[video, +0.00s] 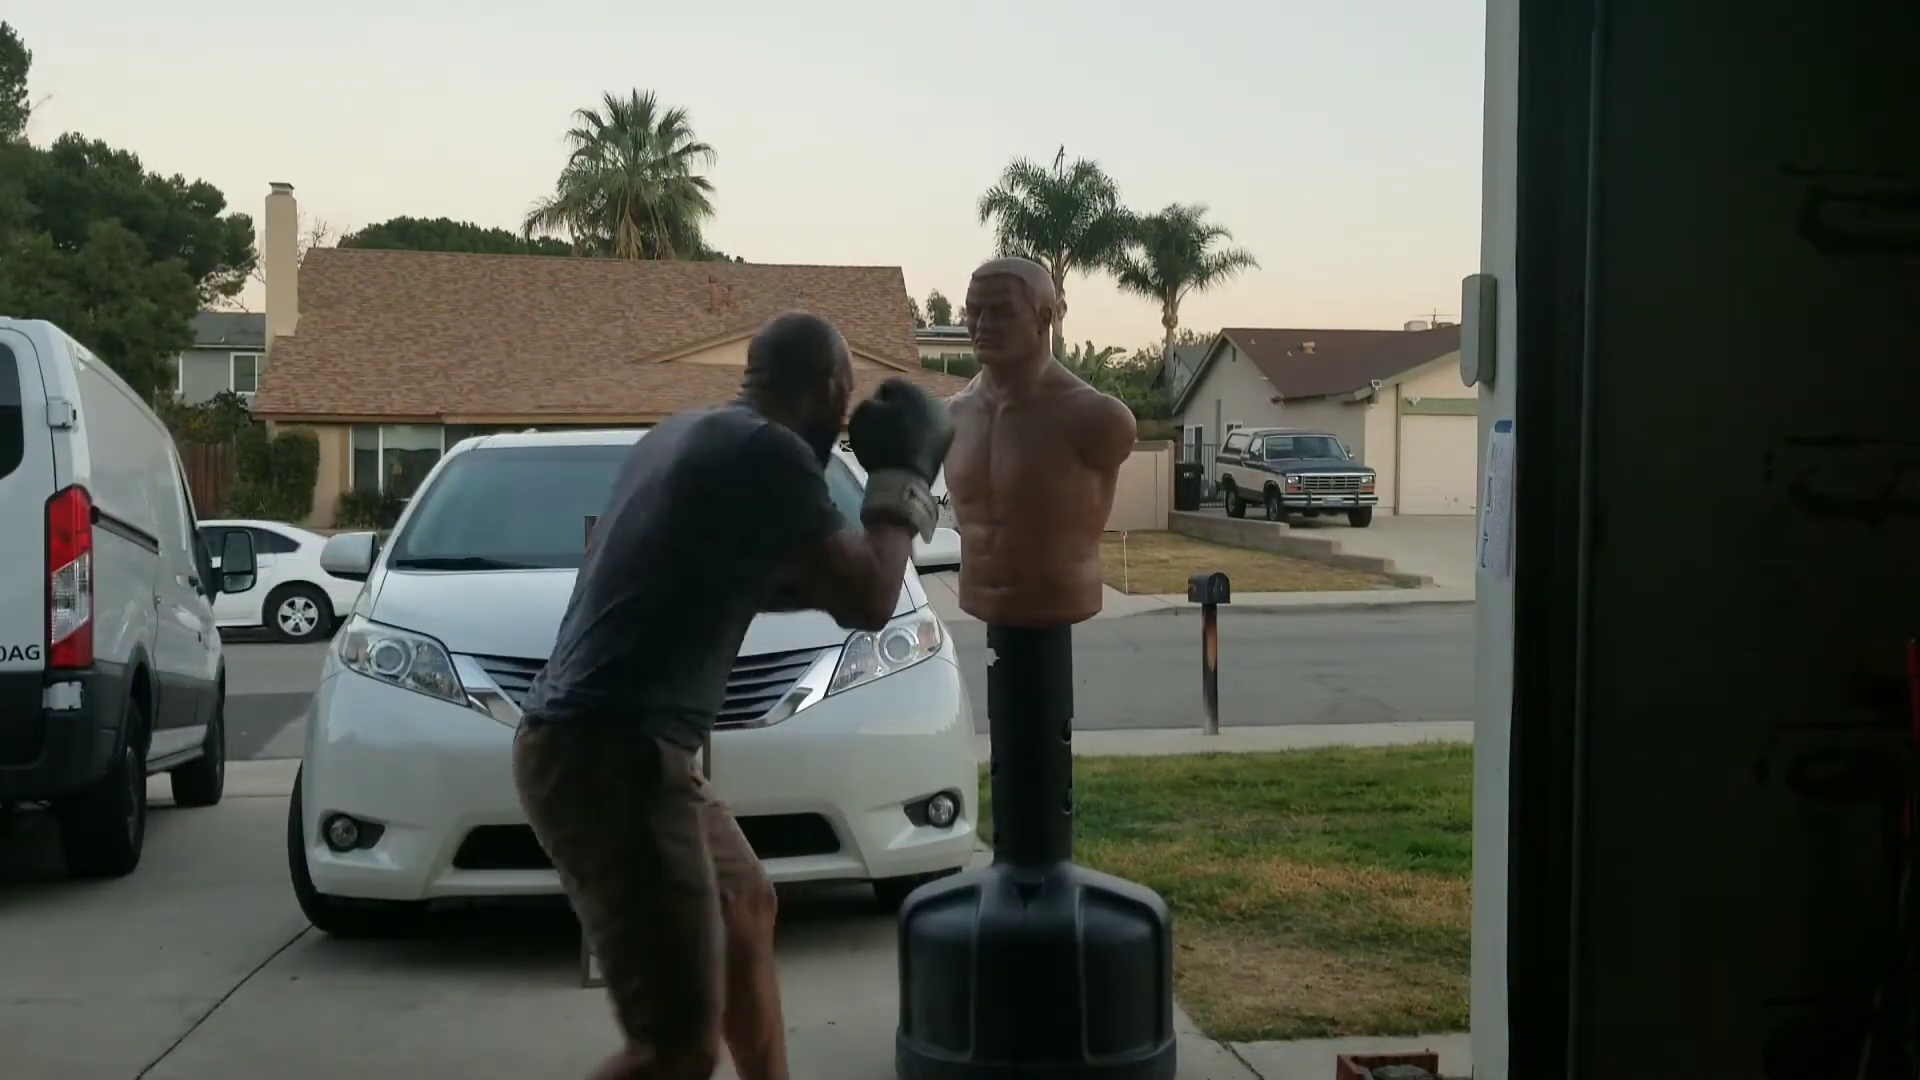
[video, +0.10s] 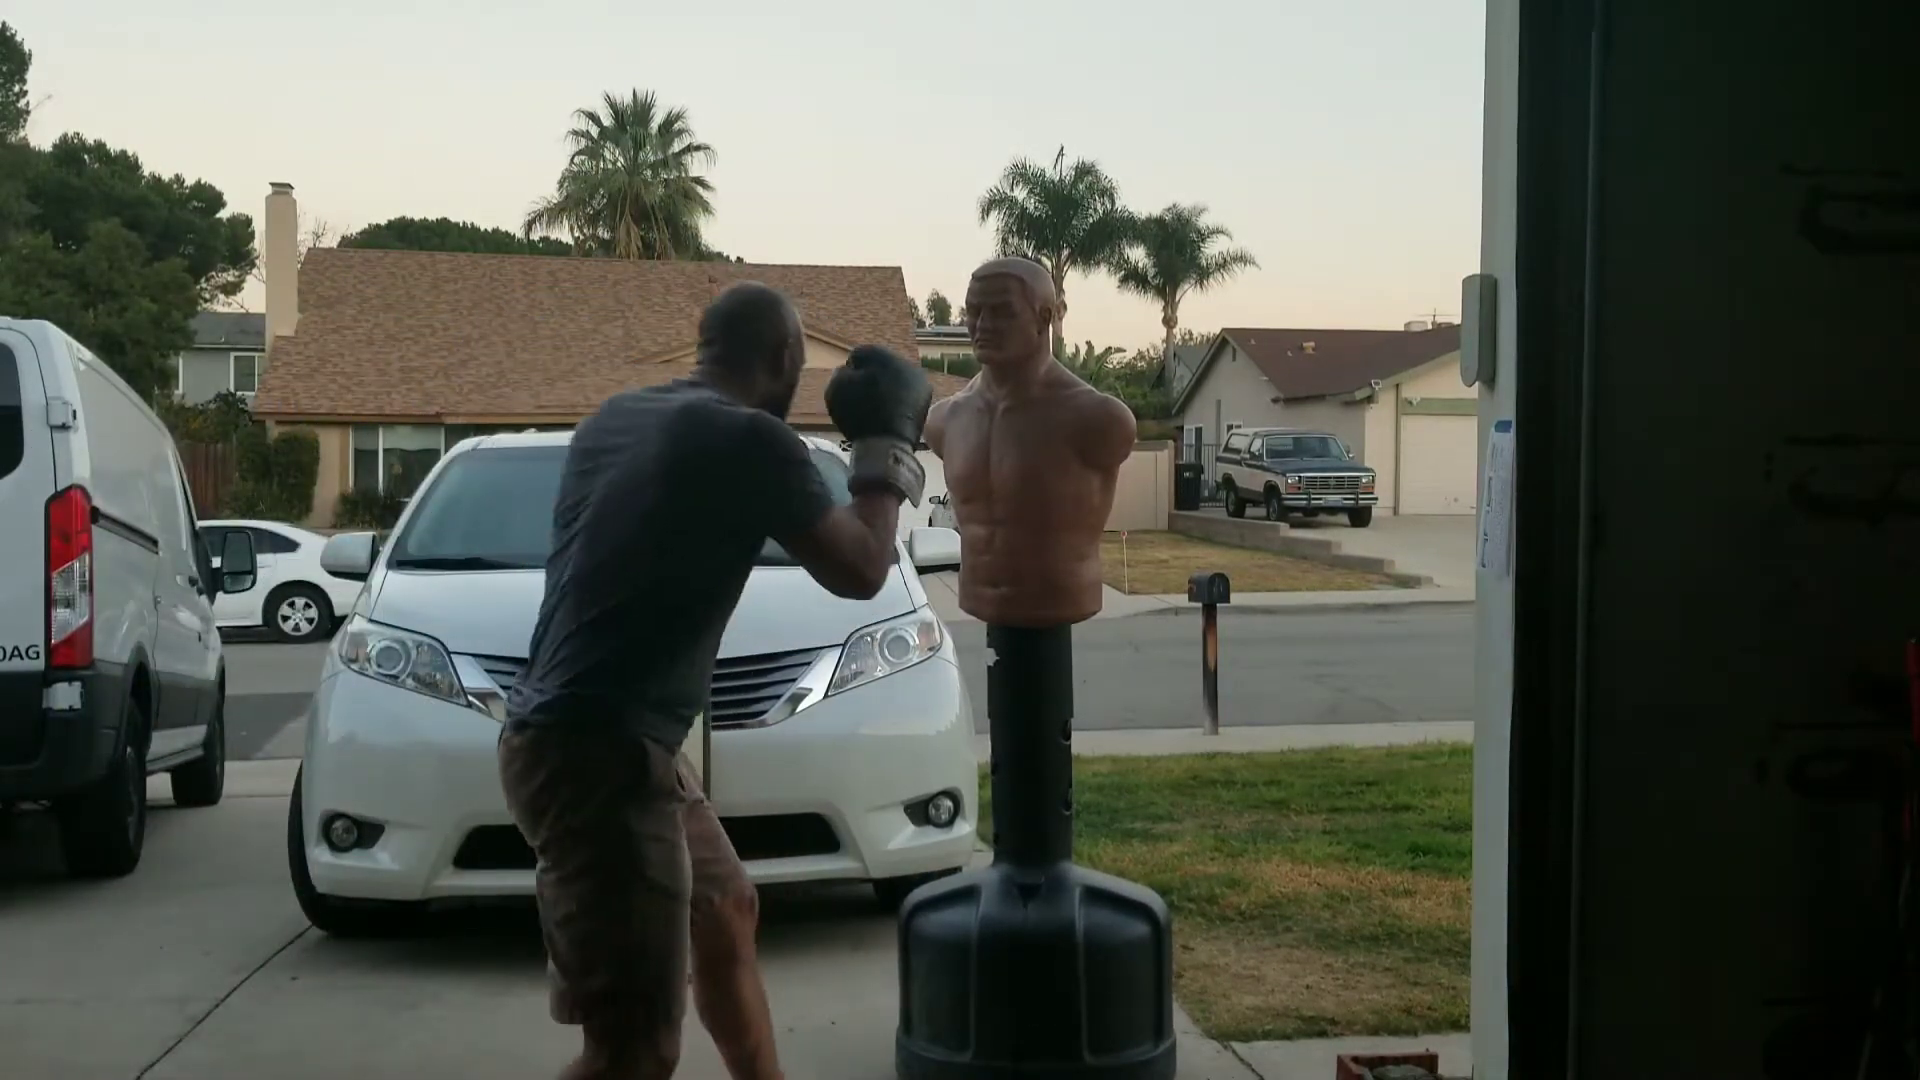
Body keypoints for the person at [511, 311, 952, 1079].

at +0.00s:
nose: (849, 405)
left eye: (850, 391)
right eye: (847, 388)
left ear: (752, 379)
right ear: (831, 389)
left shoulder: (682, 437)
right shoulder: (771, 454)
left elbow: (724, 583)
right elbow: (868, 598)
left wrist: (851, 571)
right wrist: (898, 472)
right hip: (614, 753)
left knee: (747, 901)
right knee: (677, 1049)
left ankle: (767, 1072)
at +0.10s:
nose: (796, 383)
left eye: (796, 367)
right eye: (796, 367)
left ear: (704, 352)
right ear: (779, 364)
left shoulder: (611, 418)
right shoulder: (750, 440)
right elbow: (861, 570)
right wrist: (879, 447)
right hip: (604, 749)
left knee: (725, 903)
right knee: (633, 1050)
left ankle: (761, 1072)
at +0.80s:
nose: (773, 404)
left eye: (770, 388)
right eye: (764, 387)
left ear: (713, 393)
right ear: (730, 390)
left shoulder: (714, 478)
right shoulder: (653, 467)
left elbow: (776, 523)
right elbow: (673, 576)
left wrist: (855, 485)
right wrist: (760, 516)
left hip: (669, 732)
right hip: (612, 728)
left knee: (750, 855)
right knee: (573, 959)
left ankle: (707, 1037)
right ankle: (436, 1076)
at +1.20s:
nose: (732, 473)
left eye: (733, 464)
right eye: (729, 460)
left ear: (654, 447)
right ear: (702, 448)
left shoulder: (598, 496)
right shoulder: (684, 479)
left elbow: (676, 634)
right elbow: (752, 563)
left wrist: (702, 545)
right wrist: (791, 525)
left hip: (575, 721)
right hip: (568, 726)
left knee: (685, 826)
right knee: (529, 967)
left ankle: (711, 1035)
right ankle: (311, 1071)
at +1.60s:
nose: (411, 382)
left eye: (420, 368)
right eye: (401, 364)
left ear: (393, 373)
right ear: (348, 358)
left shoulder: (356, 442)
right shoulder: (262, 432)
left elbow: (452, 524)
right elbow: (362, 537)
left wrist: (481, 402)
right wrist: (410, 419)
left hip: (369, 714)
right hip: (276, 728)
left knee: (493, 848)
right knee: (268, 971)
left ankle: (560, 1050)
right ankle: (151, 1077)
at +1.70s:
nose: (363, 329)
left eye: (372, 315)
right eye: (352, 312)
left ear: (346, 314)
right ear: (294, 299)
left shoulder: (317, 381)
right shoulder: (212, 374)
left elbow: (396, 474)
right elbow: (312, 493)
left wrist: (432, 362)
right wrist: (359, 372)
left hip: (322, 658)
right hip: (217, 673)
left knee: (432, 823)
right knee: (198, 916)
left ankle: (412, 1054)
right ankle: (115, 1074)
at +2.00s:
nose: (253, 358)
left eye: (258, 341)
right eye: (238, 338)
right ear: (177, 334)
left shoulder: (206, 437)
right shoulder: (73, 423)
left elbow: (217, 568)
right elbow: (161, 559)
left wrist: (290, 506)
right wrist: (229, 438)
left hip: (194, 735)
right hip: (82, 732)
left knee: (232, 953)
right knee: (54, 968)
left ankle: (52, 1072)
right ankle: (4, 1068)